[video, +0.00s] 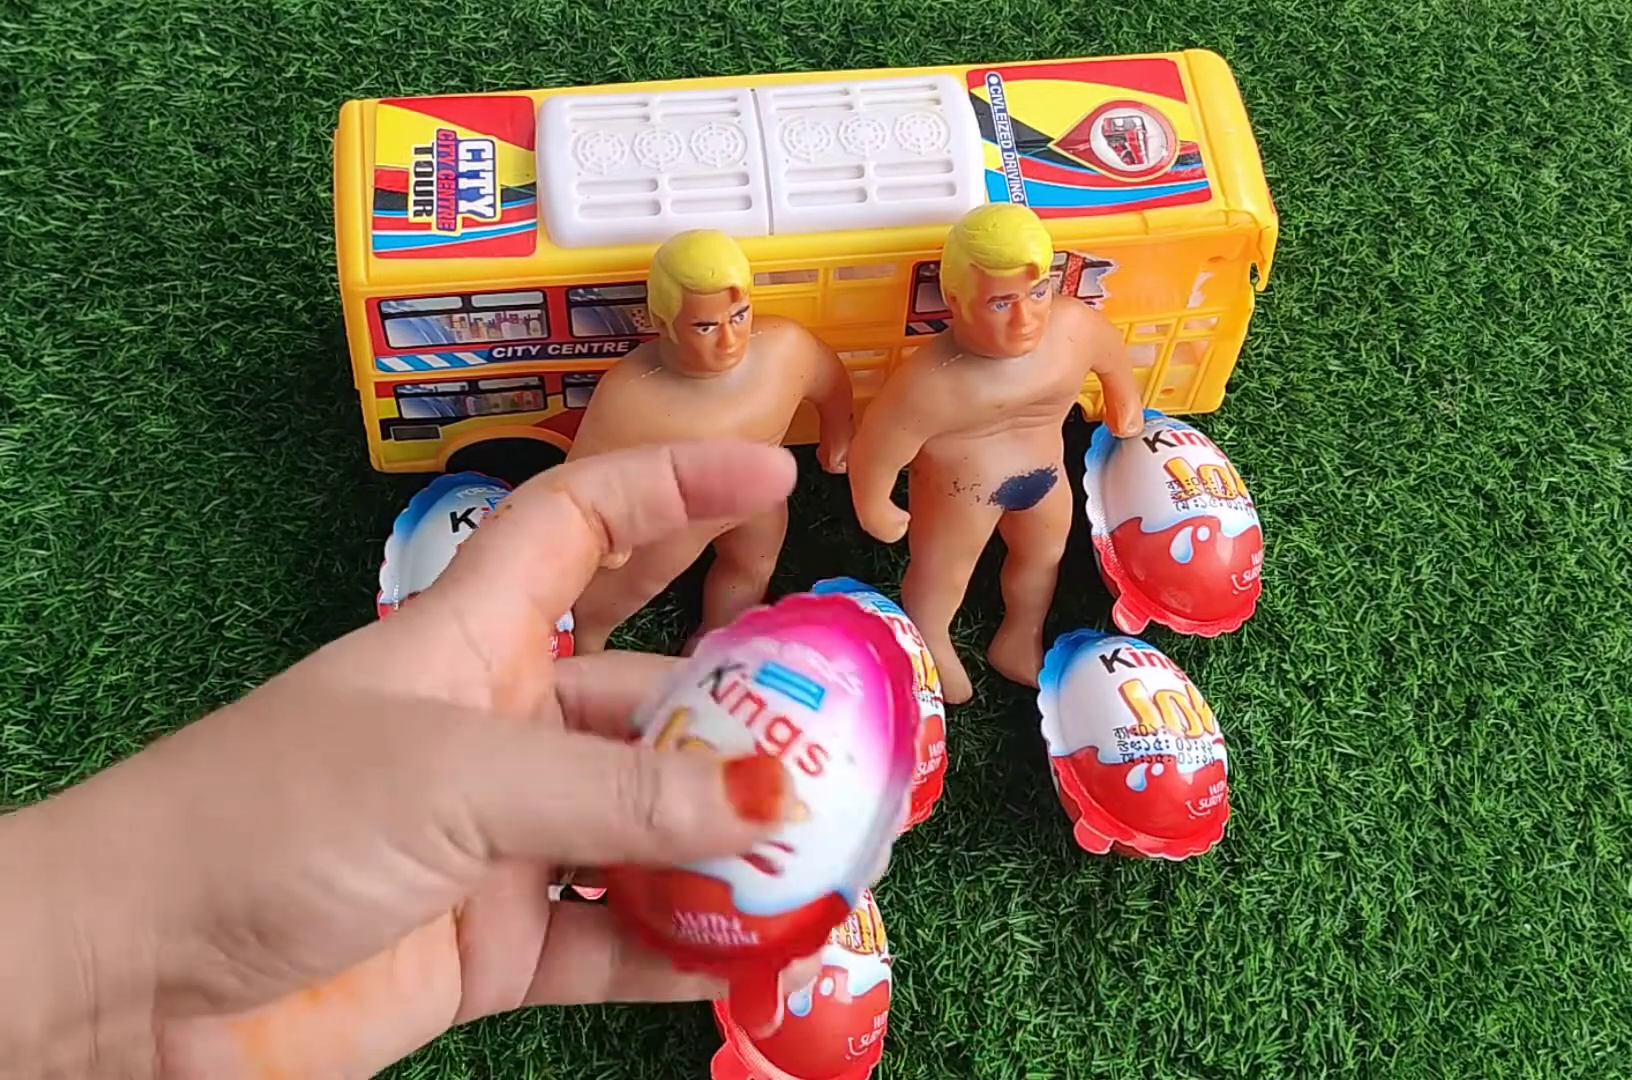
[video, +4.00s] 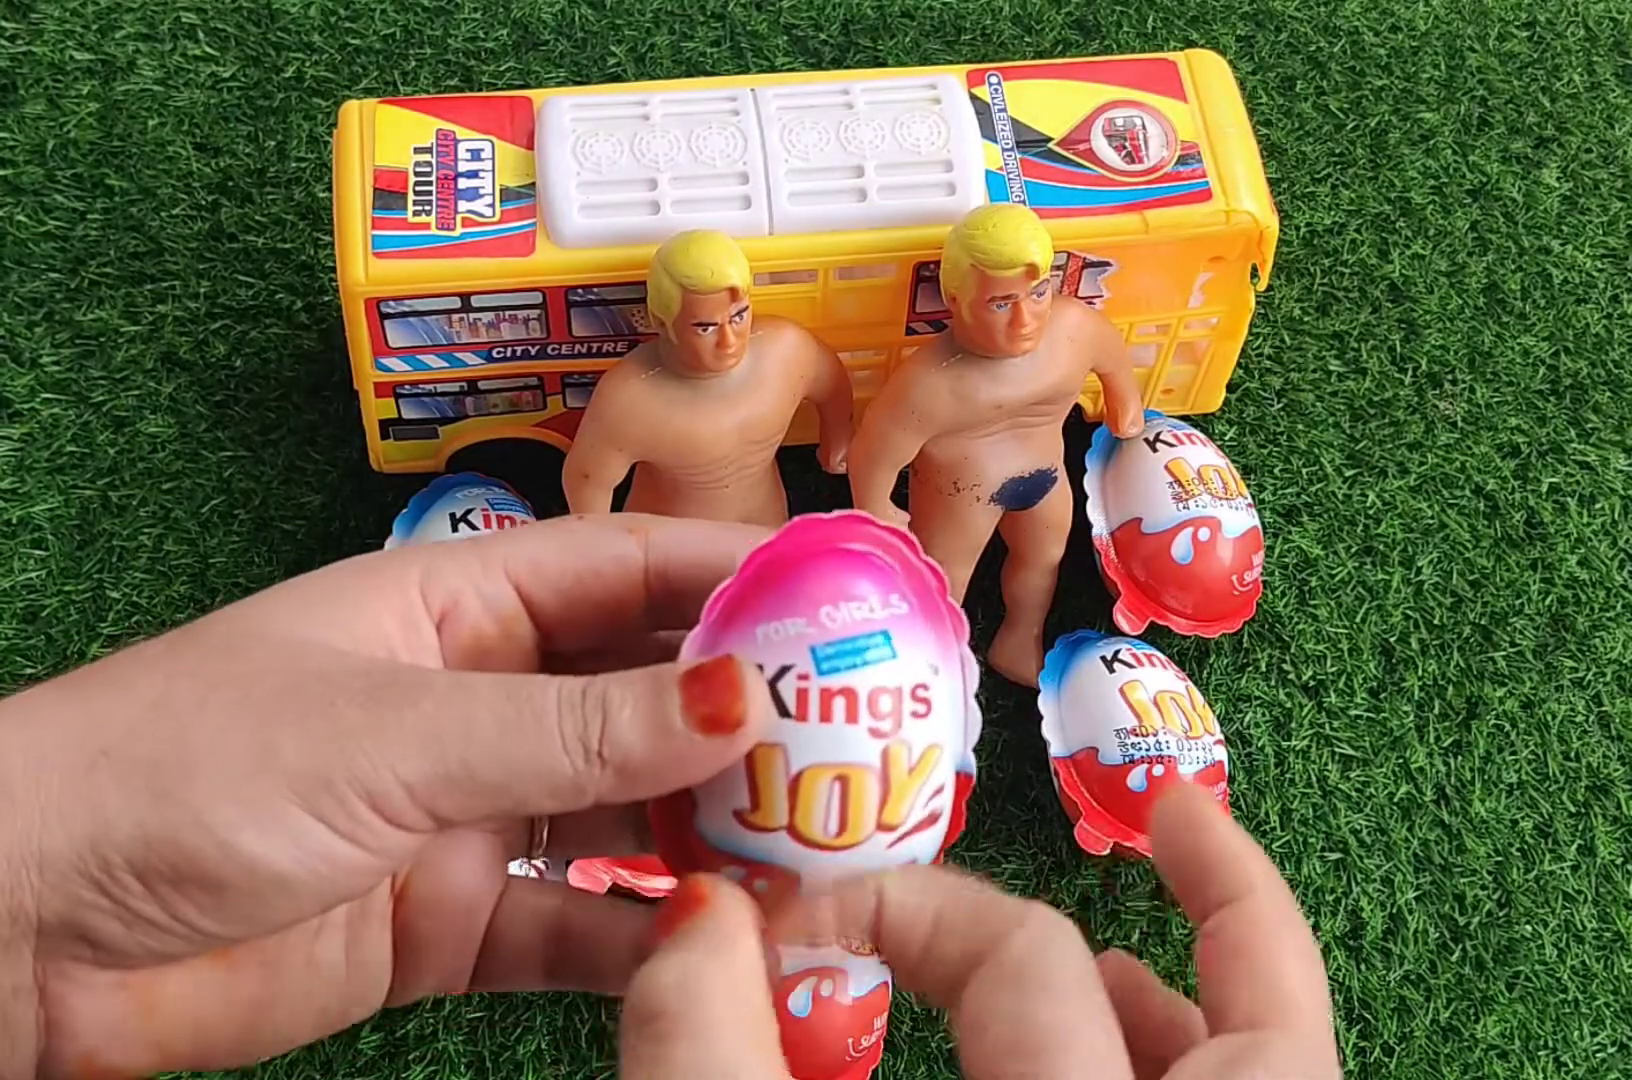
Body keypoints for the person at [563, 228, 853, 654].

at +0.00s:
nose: (729, 339)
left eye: (739, 316)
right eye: (705, 326)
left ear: (751, 303)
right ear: (663, 325)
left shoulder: (789, 350)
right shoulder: (627, 396)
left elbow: (834, 388)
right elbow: (579, 485)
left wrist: (837, 437)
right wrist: (599, 538)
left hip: (758, 501)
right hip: (669, 522)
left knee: (749, 576)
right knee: (629, 589)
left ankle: (718, 651)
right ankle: (585, 642)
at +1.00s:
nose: (728, 340)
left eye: (739, 316)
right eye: (705, 326)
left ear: (750, 301)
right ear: (663, 323)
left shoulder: (788, 350)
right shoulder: (629, 397)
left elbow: (833, 387)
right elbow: (586, 477)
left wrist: (836, 440)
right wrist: (598, 537)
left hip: (758, 500)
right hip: (671, 515)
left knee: (753, 585)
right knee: (627, 590)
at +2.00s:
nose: (728, 340)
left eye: (739, 316)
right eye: (705, 327)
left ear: (750, 302)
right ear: (664, 327)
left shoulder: (786, 350)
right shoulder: (627, 399)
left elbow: (833, 390)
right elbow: (585, 480)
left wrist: (834, 447)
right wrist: (605, 558)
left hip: (757, 514)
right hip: (668, 528)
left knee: (760, 614)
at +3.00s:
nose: (728, 339)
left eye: (738, 316)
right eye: (705, 326)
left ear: (749, 303)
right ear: (661, 325)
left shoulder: (788, 350)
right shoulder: (628, 399)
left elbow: (833, 388)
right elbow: (585, 479)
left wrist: (836, 444)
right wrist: (600, 541)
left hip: (758, 506)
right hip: (670, 519)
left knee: (754, 597)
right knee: (648, 613)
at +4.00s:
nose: (728, 340)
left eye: (738, 316)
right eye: (704, 326)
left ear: (749, 300)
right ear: (660, 321)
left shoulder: (786, 349)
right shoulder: (627, 396)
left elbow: (833, 386)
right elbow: (585, 479)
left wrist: (836, 441)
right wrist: (598, 554)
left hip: (765, 535)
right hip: (666, 548)